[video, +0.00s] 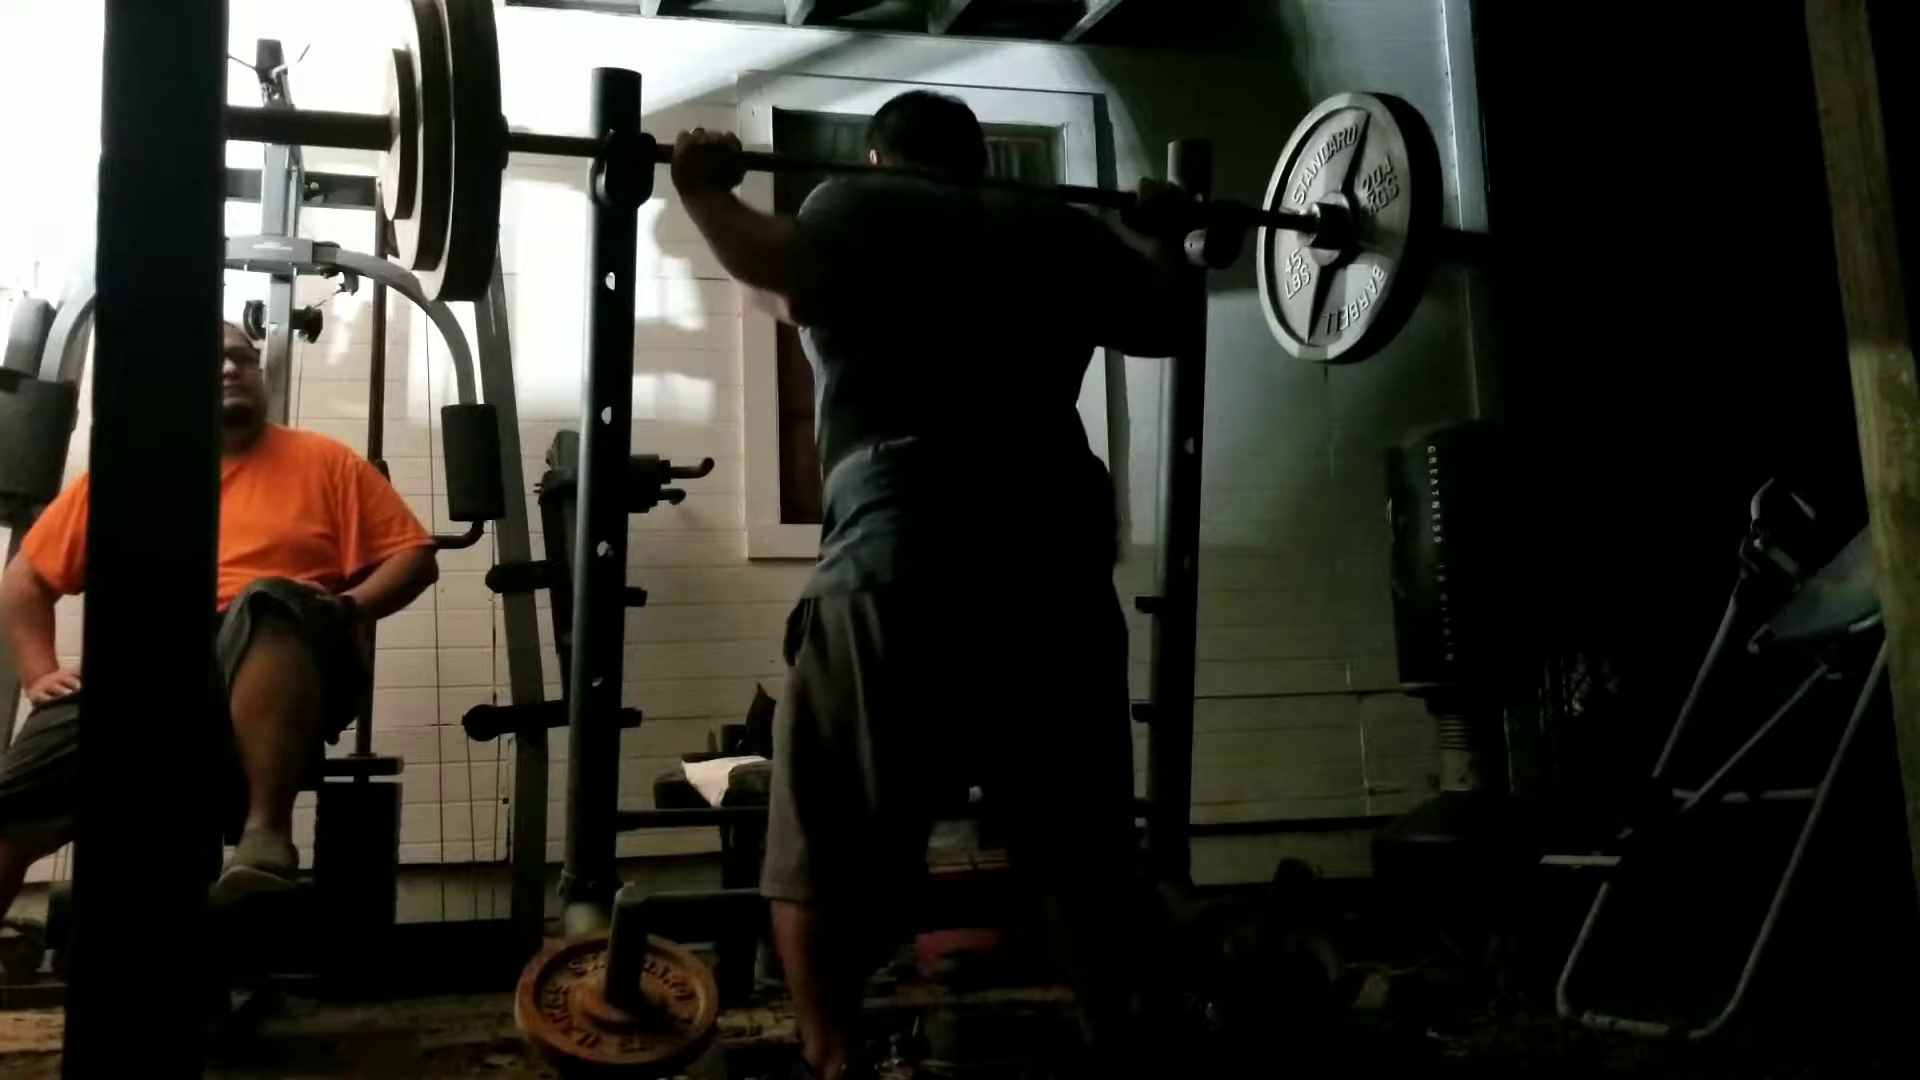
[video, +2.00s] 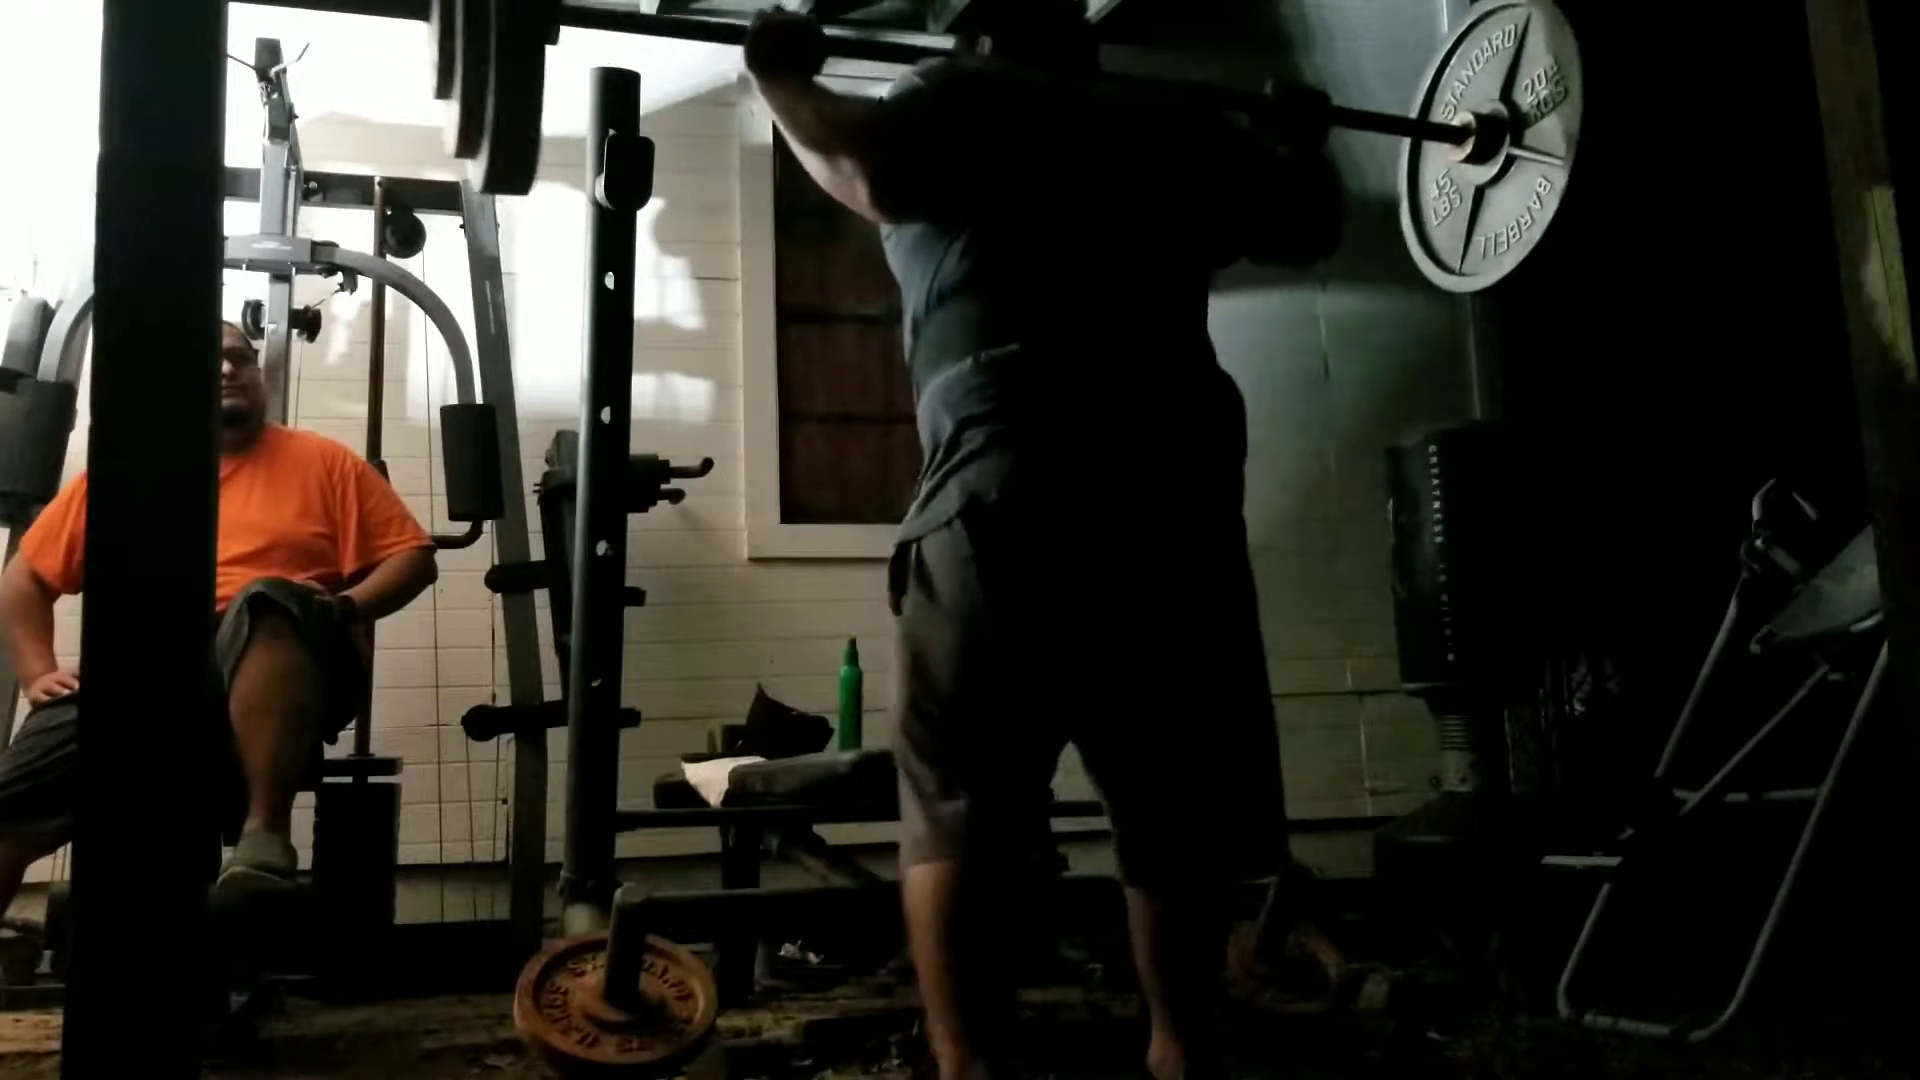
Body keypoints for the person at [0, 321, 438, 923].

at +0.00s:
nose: (231, 368)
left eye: (243, 357)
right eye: (214, 358)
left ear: (265, 376)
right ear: (186, 377)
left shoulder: (325, 463)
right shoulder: (129, 471)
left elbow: (414, 555)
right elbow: (24, 575)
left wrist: (351, 603)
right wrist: (39, 671)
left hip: (286, 668)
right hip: (145, 667)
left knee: (272, 604)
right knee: (12, 816)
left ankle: (266, 831)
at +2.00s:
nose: (227, 371)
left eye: (239, 358)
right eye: (210, 360)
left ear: (264, 376)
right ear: (184, 379)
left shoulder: (323, 462)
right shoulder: (131, 467)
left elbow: (414, 556)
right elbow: (24, 574)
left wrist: (350, 602)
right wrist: (37, 671)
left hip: (286, 669)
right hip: (144, 666)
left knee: (272, 604)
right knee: (9, 813)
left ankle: (265, 831)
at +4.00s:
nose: (226, 373)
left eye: (238, 361)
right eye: (209, 362)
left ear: (263, 377)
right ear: (185, 379)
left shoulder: (323, 463)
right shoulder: (130, 467)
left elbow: (413, 558)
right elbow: (24, 576)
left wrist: (349, 604)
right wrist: (37, 671)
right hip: (144, 664)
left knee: (271, 605)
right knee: (12, 805)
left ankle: (266, 829)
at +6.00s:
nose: (226, 376)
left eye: (238, 362)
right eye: (209, 364)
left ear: (263, 376)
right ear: (184, 380)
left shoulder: (324, 465)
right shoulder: (132, 468)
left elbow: (415, 560)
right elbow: (24, 576)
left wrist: (347, 604)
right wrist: (36, 672)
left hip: (286, 669)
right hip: (145, 667)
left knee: (273, 605)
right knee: (9, 809)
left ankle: (265, 829)